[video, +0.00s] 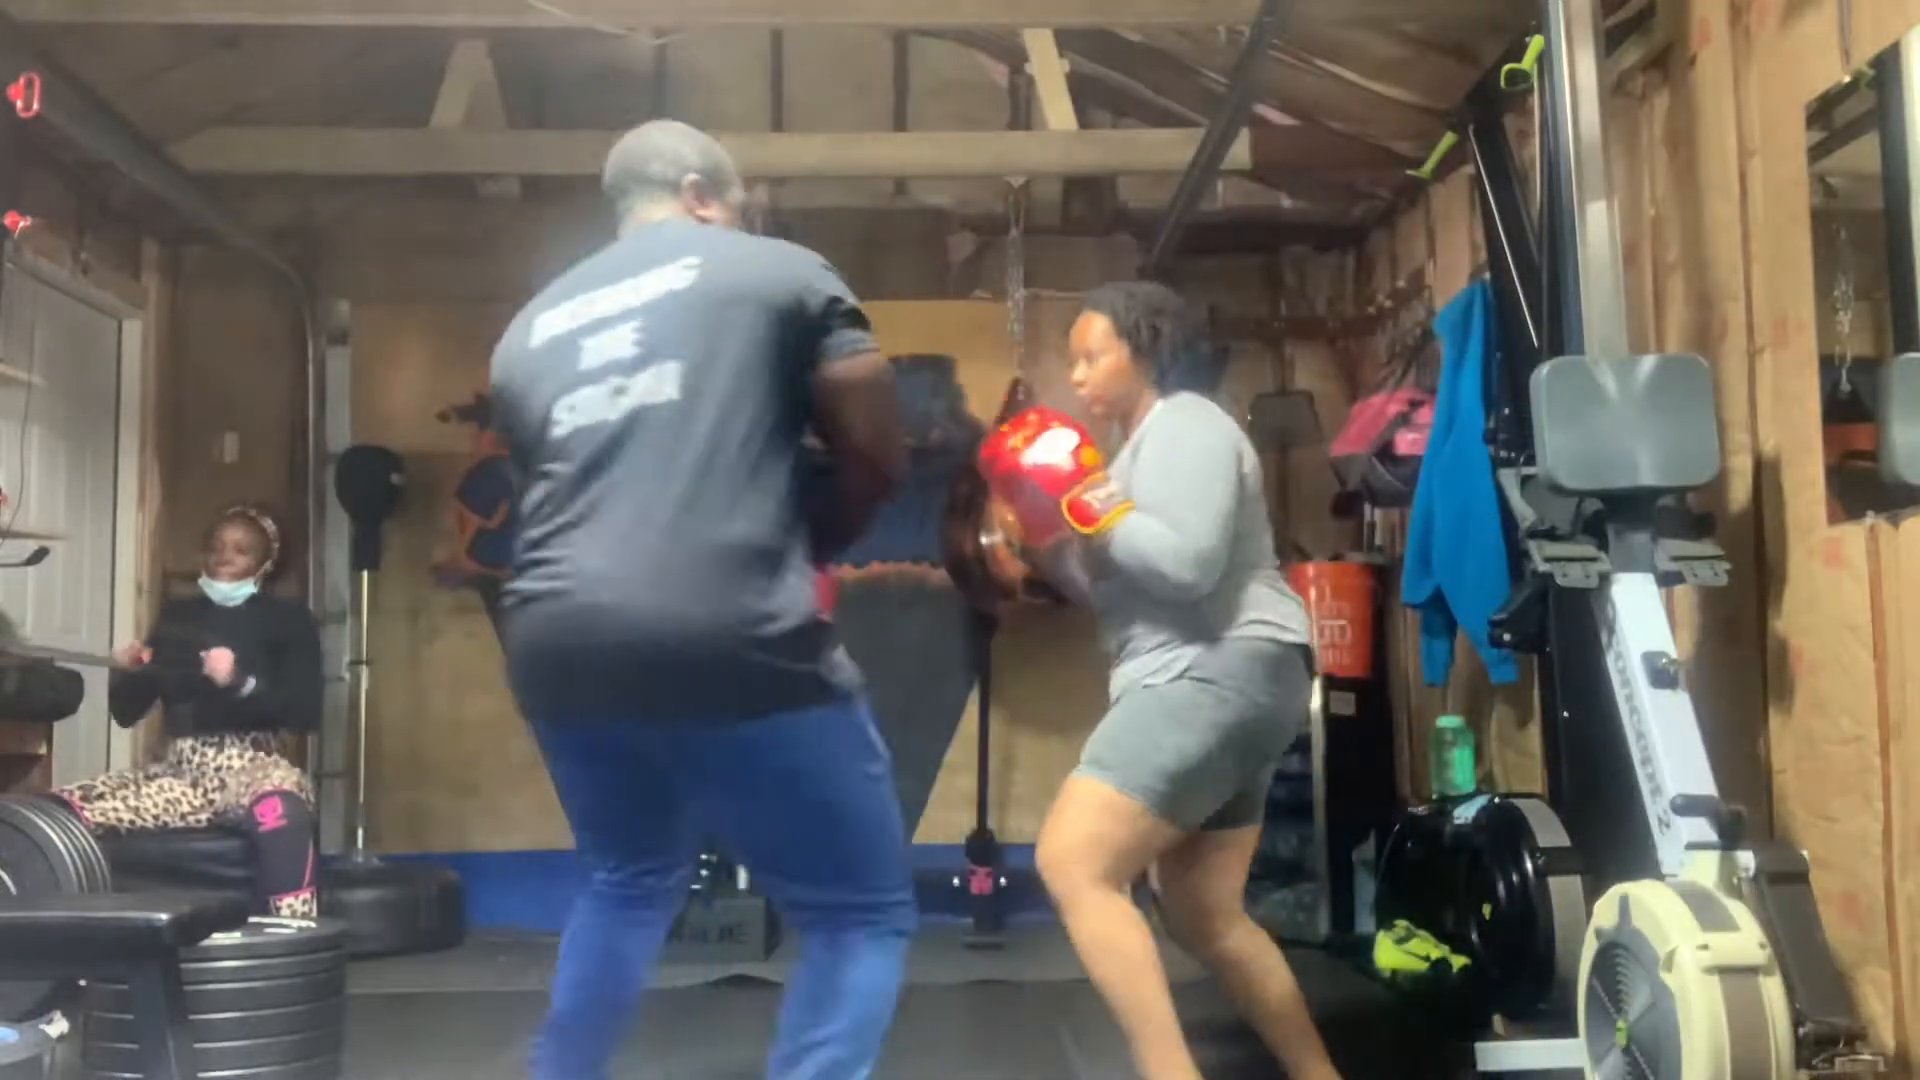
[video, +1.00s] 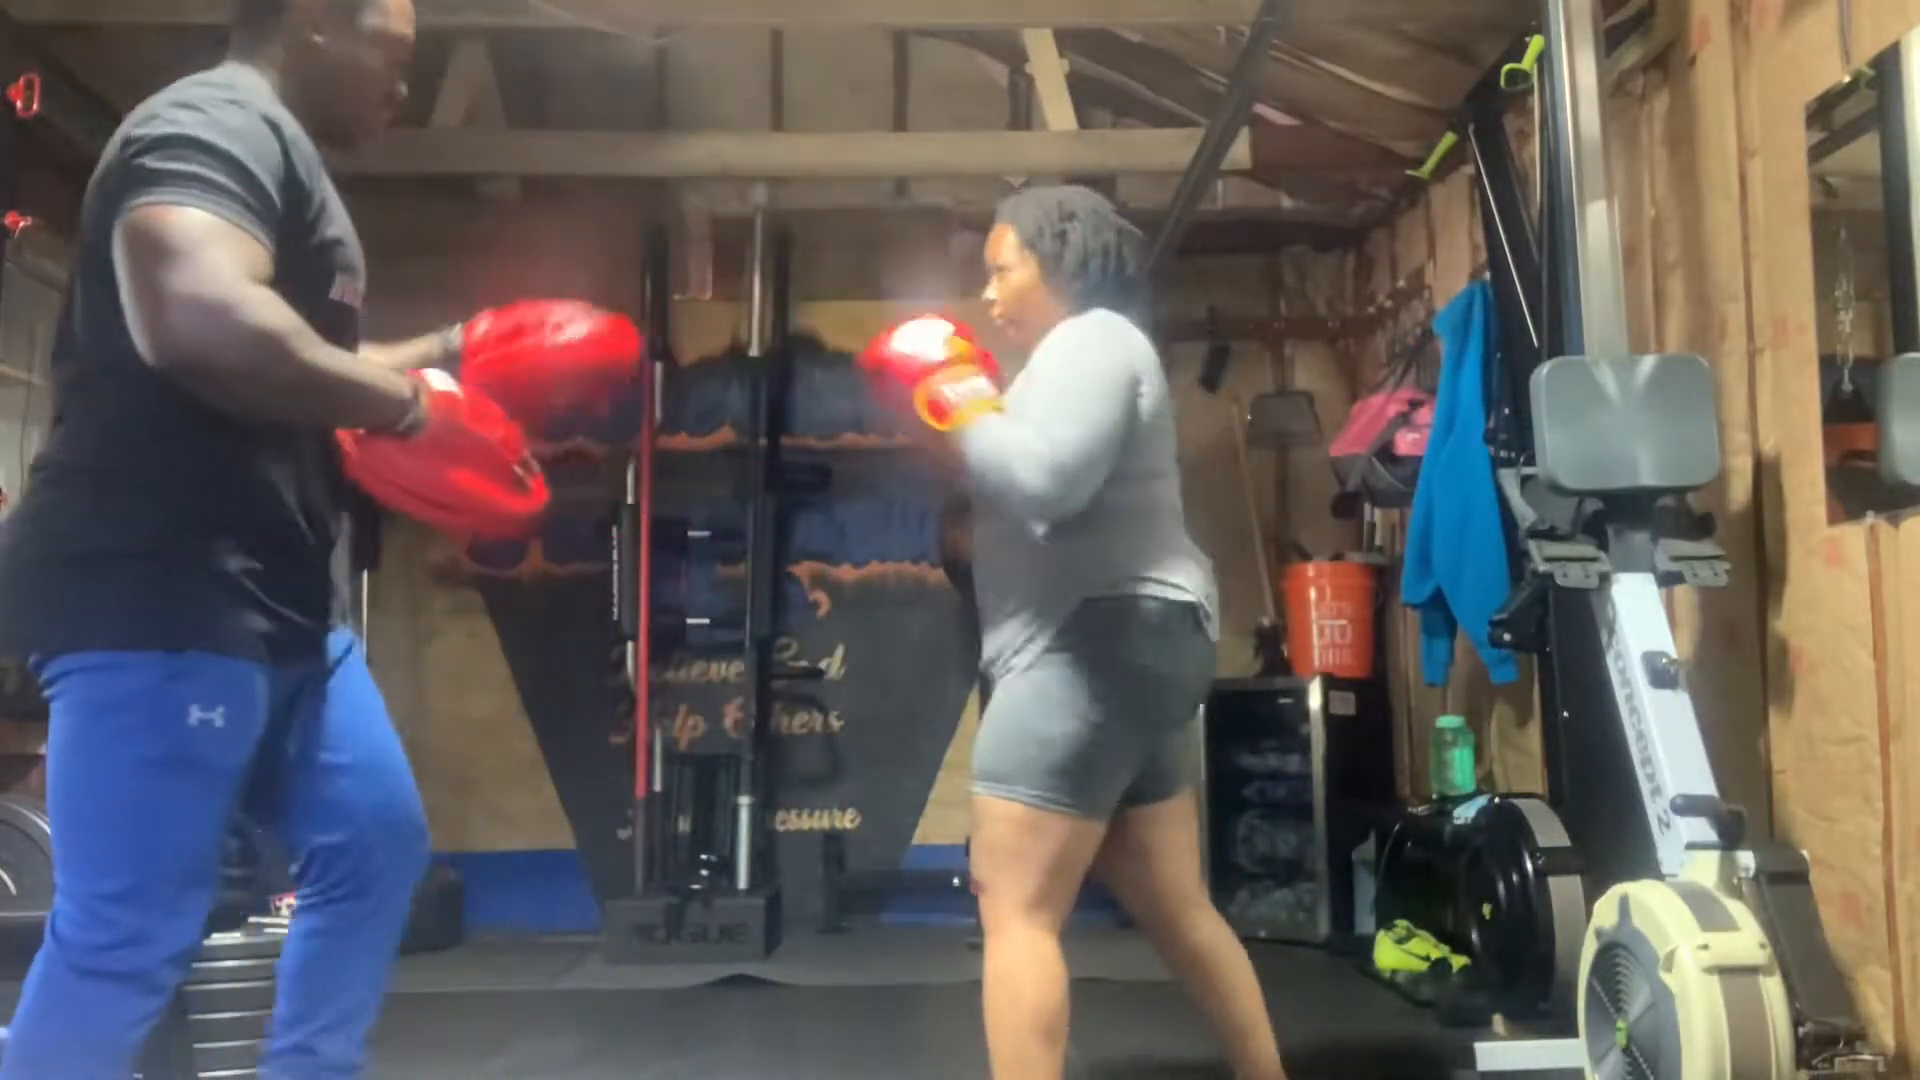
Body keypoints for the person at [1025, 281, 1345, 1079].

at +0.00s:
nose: (1074, 378)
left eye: (1088, 358)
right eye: (1073, 360)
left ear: (1141, 355)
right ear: (1123, 362)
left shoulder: (1187, 423)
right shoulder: (1129, 457)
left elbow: (1188, 566)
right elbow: (1104, 591)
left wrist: (1086, 501)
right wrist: (1041, 532)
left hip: (1223, 658)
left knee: (1076, 862)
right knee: (1206, 907)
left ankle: (1172, 1073)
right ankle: (1318, 1073)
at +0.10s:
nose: (1071, 359)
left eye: (1084, 339)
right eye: (1071, 341)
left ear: (1138, 335)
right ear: (1134, 342)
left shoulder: (1175, 398)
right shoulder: (1156, 416)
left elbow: (1154, 515)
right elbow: (1127, 551)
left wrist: (1079, 441)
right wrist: (1056, 542)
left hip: (1199, 655)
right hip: (1250, 661)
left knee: (1079, 870)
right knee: (1225, 913)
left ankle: (1116, 1074)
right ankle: (1320, 1073)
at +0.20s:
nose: (1056, 324)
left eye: (1069, 305)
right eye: (1055, 308)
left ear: (1123, 300)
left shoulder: (1150, 360)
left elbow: (1045, 389)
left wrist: (974, 332)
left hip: (1183, 601)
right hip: (1241, 618)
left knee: (1097, 871)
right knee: (1239, 887)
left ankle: (1120, 1072)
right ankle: (1316, 1071)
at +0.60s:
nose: (1025, 320)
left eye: (1036, 298)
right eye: (1026, 300)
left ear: (1083, 290)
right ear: (1116, 295)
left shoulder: (1113, 355)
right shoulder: (1176, 386)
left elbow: (1037, 401)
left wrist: (963, 345)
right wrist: (1022, 519)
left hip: (1123, 626)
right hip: (1207, 639)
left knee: (1018, 887)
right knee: (1193, 910)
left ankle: (1025, 1070)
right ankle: (1277, 1074)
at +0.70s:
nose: (1000, 281)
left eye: (1009, 264)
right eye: (1002, 264)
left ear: (1050, 269)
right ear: (1112, 275)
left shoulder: (1059, 331)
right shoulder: (1161, 377)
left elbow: (920, 302)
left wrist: (818, 241)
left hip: (1102, 598)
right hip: (1197, 616)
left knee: (1023, 896)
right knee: (1169, 889)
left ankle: (1028, 1074)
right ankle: (1275, 1070)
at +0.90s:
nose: (976, 292)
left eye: (987, 271)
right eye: (976, 272)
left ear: (1037, 263)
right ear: (1066, 267)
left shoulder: (1066, 331)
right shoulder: (1114, 348)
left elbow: (949, 409)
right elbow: (968, 412)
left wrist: (857, 345)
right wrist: (880, 351)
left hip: (1091, 612)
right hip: (1157, 622)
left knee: (1014, 901)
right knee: (1161, 897)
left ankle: (1026, 1077)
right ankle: (1264, 1071)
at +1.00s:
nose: (988, 294)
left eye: (1003, 272)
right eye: (989, 274)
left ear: (1062, 268)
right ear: (1065, 272)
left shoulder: (1094, 343)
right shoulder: (1093, 351)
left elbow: (1045, 481)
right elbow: (1034, 477)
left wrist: (969, 406)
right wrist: (971, 410)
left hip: (1098, 632)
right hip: (1150, 633)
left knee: (1018, 907)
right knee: (1176, 907)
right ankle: (1266, 1071)